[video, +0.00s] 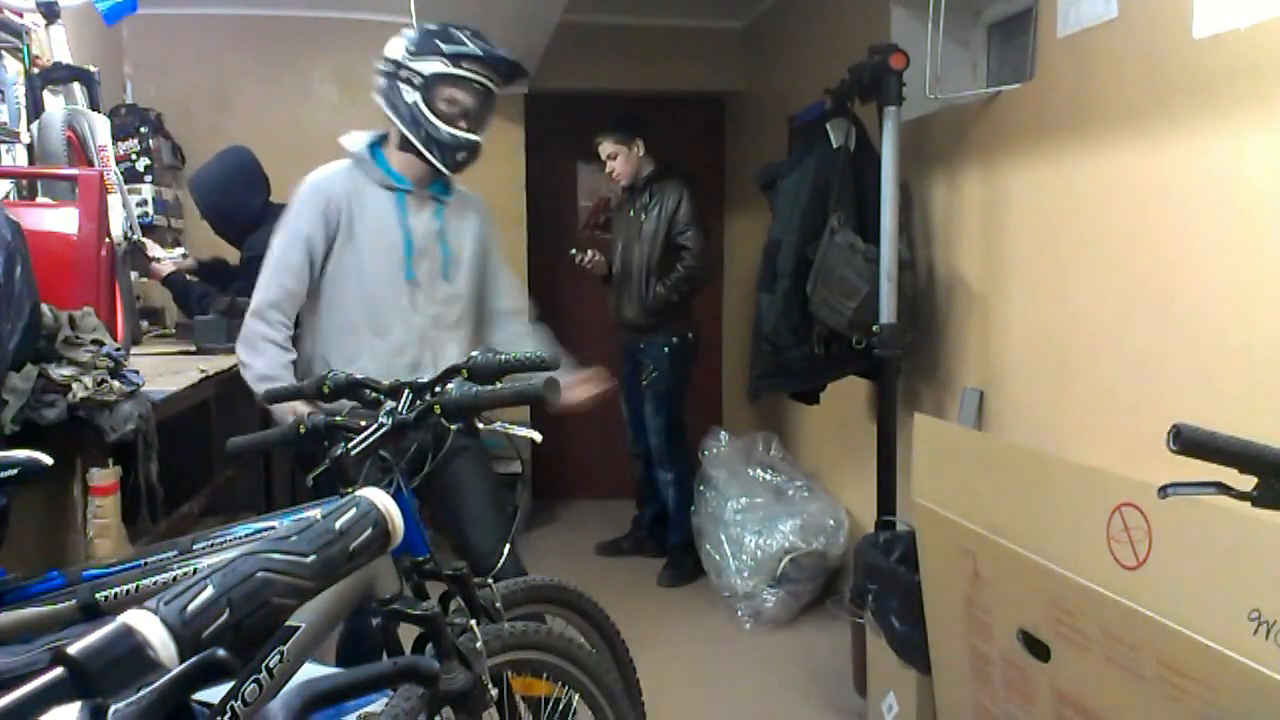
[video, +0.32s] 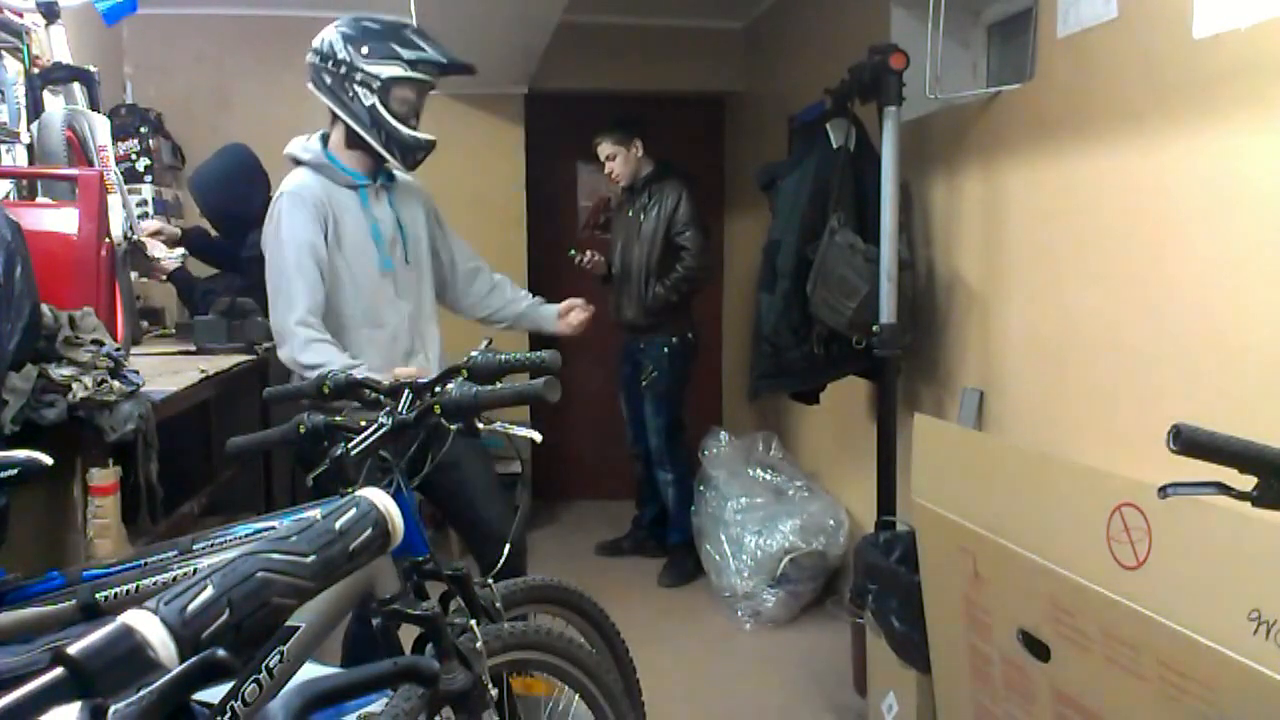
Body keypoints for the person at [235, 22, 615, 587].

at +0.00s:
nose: (462, 124)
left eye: (473, 111)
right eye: (450, 105)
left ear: (484, 116)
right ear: (406, 96)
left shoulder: (469, 215)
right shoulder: (330, 191)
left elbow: (505, 320)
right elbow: (266, 319)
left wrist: (559, 376)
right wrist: (287, 404)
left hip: (446, 425)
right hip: (350, 427)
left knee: (501, 573)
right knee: (358, 593)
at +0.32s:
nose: (415, 122)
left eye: (419, 108)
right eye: (405, 107)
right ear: (359, 97)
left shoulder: (409, 197)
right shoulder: (303, 199)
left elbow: (465, 281)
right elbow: (296, 333)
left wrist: (547, 315)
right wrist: (370, 383)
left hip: (428, 405)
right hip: (349, 417)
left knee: (503, 541)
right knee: (370, 580)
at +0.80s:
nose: (446, 109)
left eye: (444, 96)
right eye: (436, 96)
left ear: (403, 105)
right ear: (398, 103)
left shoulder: (422, 195)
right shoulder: (358, 205)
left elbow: (460, 307)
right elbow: (350, 333)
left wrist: (505, 376)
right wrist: (404, 408)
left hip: (478, 401)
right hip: (421, 415)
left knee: (520, 523)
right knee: (431, 558)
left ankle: (476, 634)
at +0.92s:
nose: (465, 110)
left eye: (461, 96)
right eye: (451, 97)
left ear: (416, 108)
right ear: (412, 106)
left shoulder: (440, 197)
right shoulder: (388, 203)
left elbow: (478, 308)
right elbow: (393, 333)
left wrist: (542, 347)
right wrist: (486, 370)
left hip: (493, 398)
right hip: (442, 410)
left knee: (538, 521)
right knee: (456, 549)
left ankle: (490, 622)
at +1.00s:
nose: (478, 123)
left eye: (476, 111)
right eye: (466, 111)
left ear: (437, 120)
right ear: (430, 118)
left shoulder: (457, 208)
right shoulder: (413, 211)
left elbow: (511, 291)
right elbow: (446, 317)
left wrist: (583, 304)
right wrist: (544, 318)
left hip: (492, 398)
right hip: (444, 408)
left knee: (552, 525)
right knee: (465, 552)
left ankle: (490, 622)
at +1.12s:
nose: (498, 130)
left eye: (494, 116)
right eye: (484, 116)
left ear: (453, 125)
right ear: (446, 123)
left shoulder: (468, 208)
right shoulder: (433, 212)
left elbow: (533, 281)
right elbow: (472, 312)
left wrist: (603, 304)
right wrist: (571, 321)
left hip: (512, 401)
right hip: (471, 411)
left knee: (558, 524)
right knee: (486, 559)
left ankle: (493, 612)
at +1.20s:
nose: (504, 115)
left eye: (502, 102)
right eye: (489, 102)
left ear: (455, 117)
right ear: (450, 112)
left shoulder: (473, 197)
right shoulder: (448, 203)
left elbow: (513, 296)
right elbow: (456, 323)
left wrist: (564, 354)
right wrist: (531, 384)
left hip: (535, 397)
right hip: (505, 405)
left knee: (556, 521)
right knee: (510, 534)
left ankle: (481, 617)